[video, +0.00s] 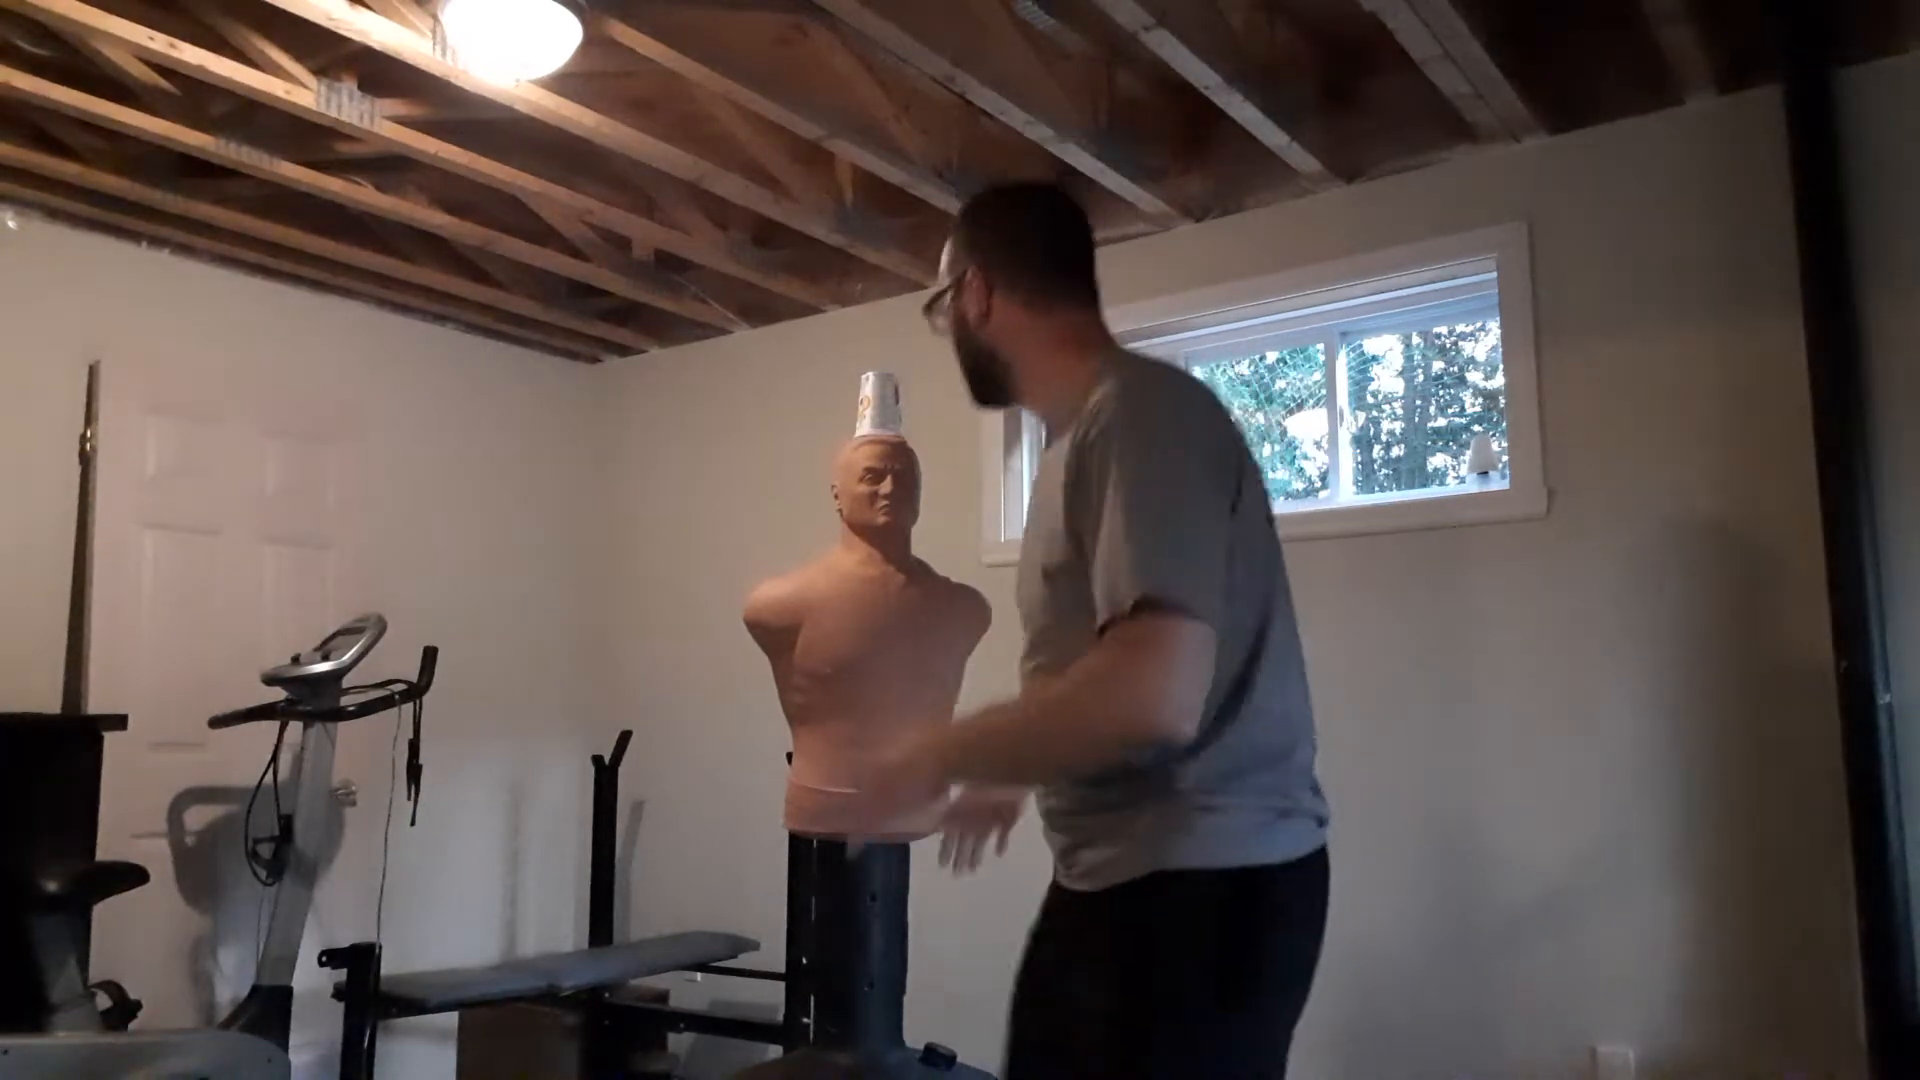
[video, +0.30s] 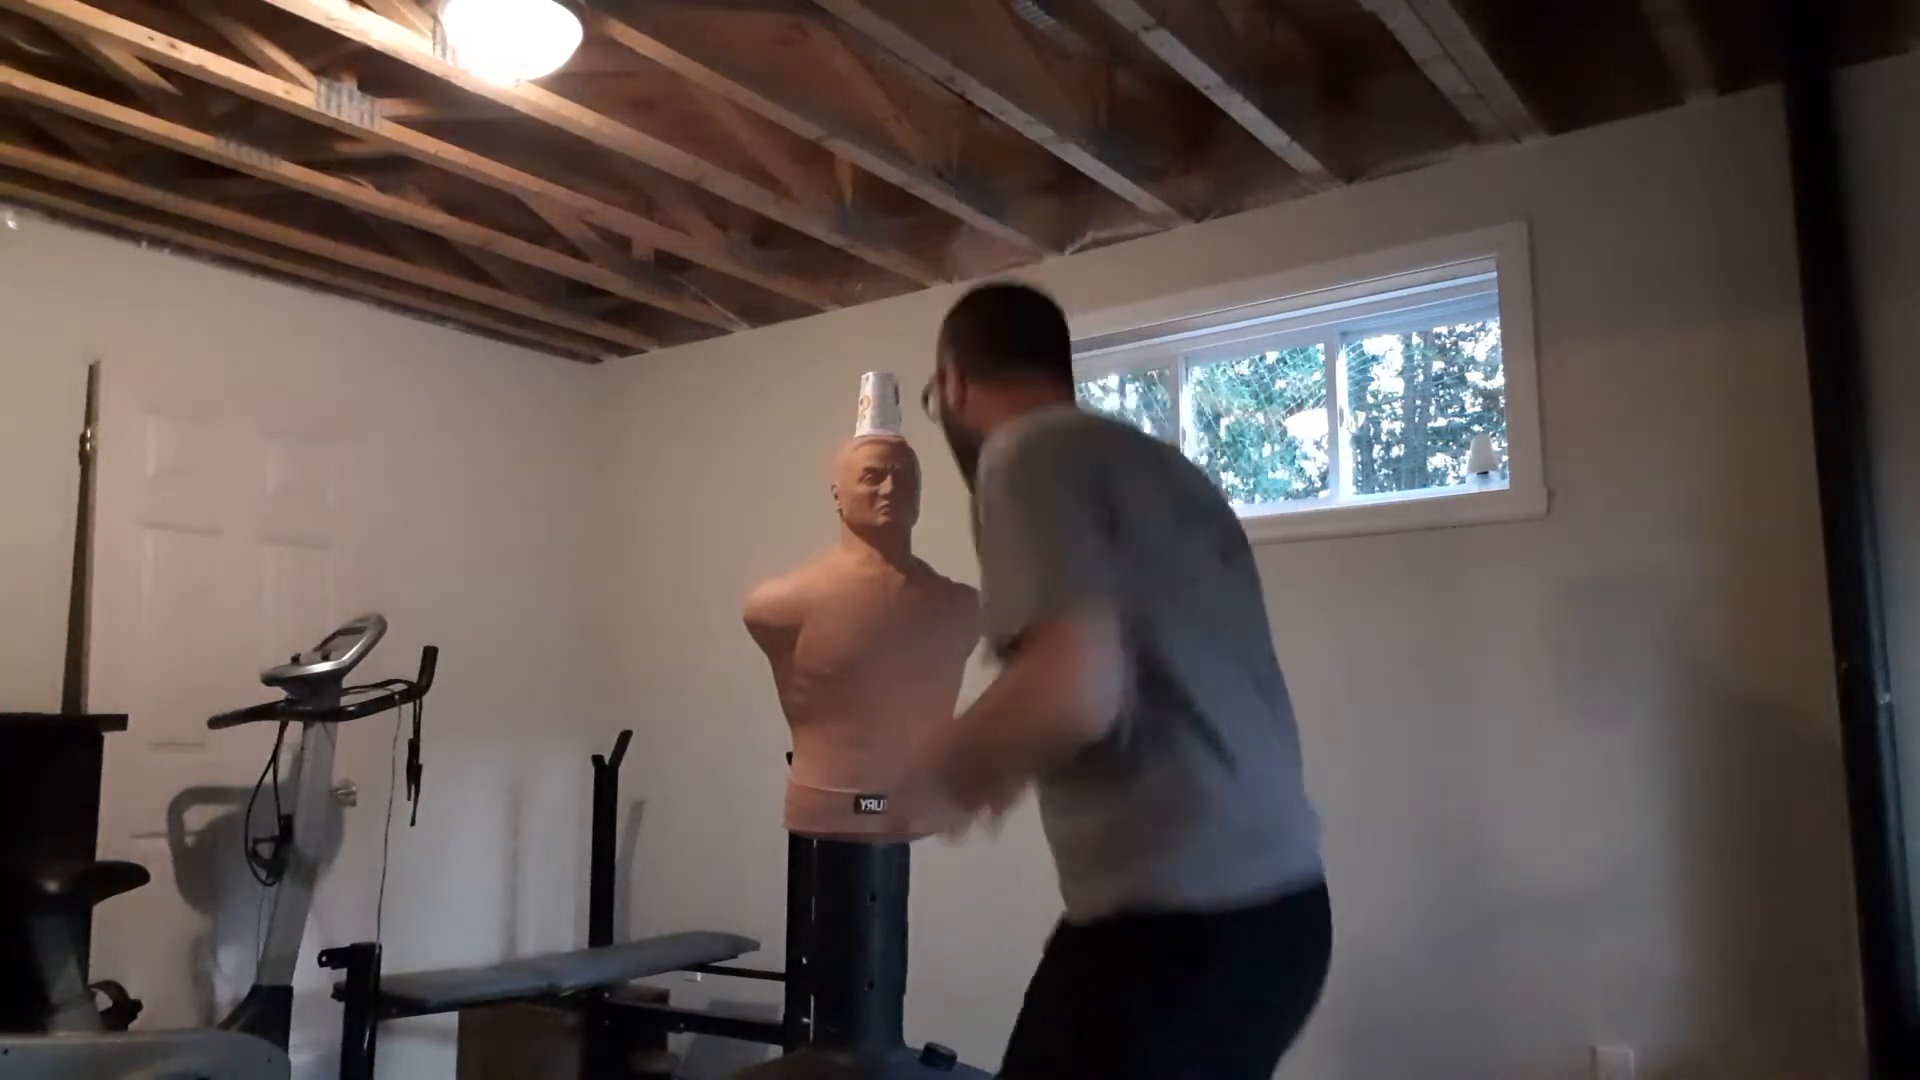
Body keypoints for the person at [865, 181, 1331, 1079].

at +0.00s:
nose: (947, 329)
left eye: (946, 303)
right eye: (944, 307)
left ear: (980, 294)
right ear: (1074, 281)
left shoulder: (1149, 414)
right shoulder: (1090, 439)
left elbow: (1159, 686)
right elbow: (1101, 660)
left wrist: (943, 750)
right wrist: (1015, 767)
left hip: (1197, 892)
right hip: (1135, 884)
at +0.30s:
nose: (941, 419)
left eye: (935, 396)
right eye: (936, 400)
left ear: (954, 381)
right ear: (1059, 368)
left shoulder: (1030, 455)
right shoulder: (1166, 465)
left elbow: (1073, 691)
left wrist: (953, 770)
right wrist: (1008, 757)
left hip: (1163, 929)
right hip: (1270, 916)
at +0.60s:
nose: (939, 304)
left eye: (938, 276)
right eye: (936, 281)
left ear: (971, 269)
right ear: (1070, 259)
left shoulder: (1135, 383)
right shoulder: (1078, 410)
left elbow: (1142, 650)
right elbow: (1097, 634)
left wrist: (941, 669)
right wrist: (948, 648)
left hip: (1204, 869)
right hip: (1117, 861)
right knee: (1039, 1063)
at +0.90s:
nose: (948, 317)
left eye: (946, 292)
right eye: (943, 297)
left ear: (977, 284)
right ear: (1069, 275)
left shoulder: (1058, 386)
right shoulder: (1145, 388)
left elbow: (1108, 642)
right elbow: (1157, 637)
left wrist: (939, 694)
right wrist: (999, 719)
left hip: (1155, 863)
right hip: (1223, 848)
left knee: (1082, 1069)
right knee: (1180, 1069)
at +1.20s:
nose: (938, 282)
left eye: (952, 245)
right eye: (936, 255)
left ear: (1029, 232)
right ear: (1025, 239)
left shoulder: (1149, 359)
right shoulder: (1087, 388)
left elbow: (945, 499)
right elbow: (1245, 565)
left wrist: (807, 544)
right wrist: (1355, 695)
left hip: (1209, 875)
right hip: (1066, 858)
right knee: (983, 1068)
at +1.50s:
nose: (1025, 393)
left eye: (1041, 359)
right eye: (991, 372)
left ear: (1067, 337)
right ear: (929, 370)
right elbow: (728, 591)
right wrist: (688, 667)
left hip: (1195, 894)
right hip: (1006, 897)